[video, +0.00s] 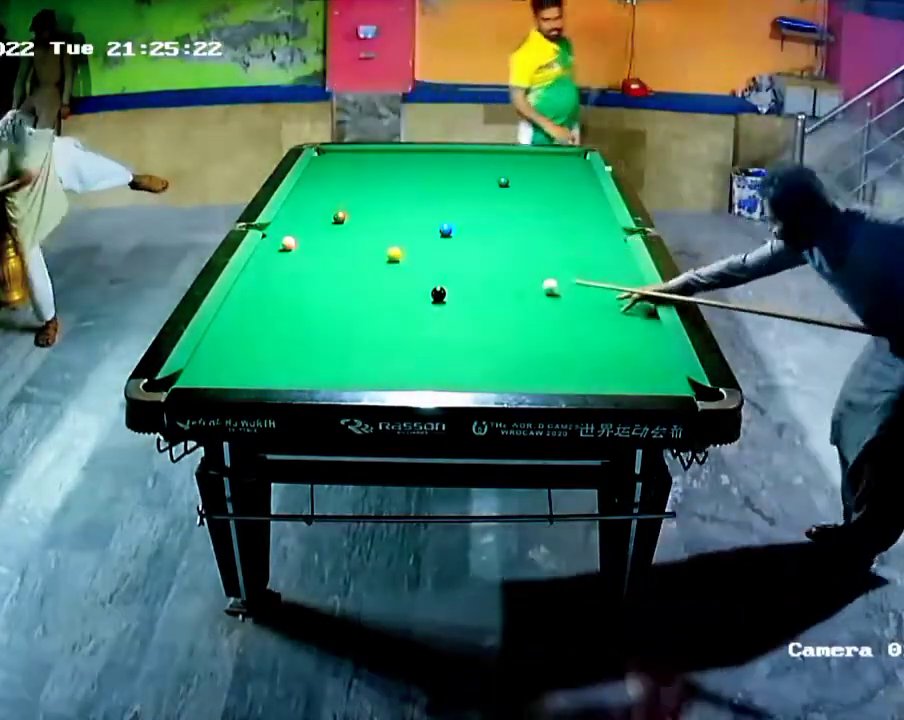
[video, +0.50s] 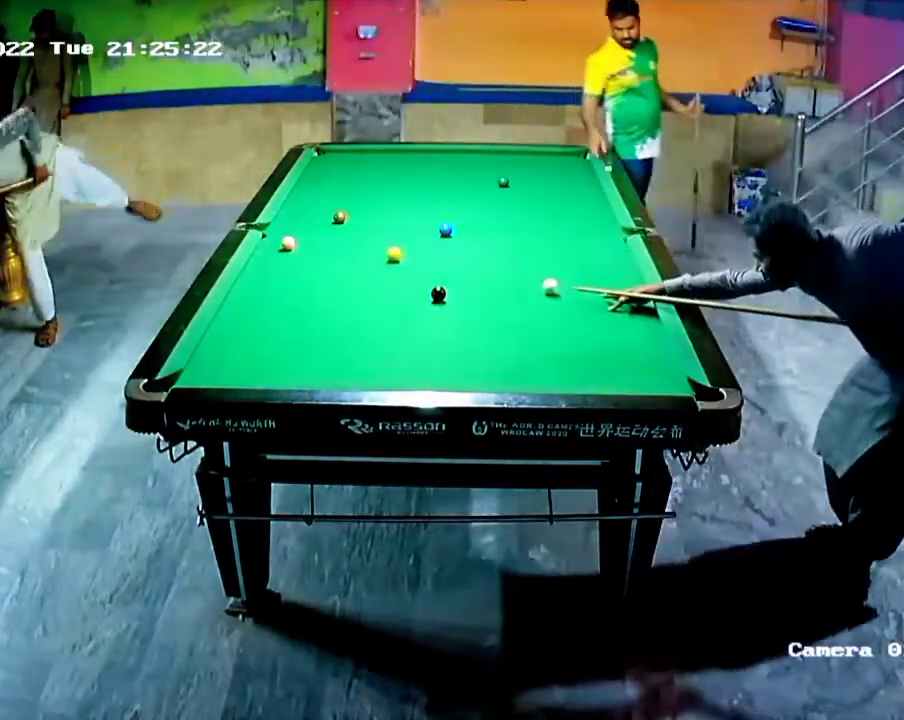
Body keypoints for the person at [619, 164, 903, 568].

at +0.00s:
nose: (773, 230)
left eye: (777, 220)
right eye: (771, 221)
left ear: (805, 212)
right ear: (800, 214)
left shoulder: (876, 244)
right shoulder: (809, 242)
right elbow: (742, 267)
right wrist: (667, 288)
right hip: (886, 343)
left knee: (875, 448)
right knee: (845, 425)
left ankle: (863, 549)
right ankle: (855, 527)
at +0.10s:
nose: (771, 237)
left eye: (775, 227)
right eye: (769, 228)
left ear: (802, 219)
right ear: (797, 219)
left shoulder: (879, 242)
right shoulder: (809, 245)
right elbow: (740, 268)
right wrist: (662, 289)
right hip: (884, 347)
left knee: (871, 453)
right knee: (843, 429)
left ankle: (864, 546)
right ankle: (853, 529)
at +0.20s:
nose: (769, 249)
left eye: (774, 240)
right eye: (767, 240)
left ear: (800, 230)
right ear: (791, 229)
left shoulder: (876, 240)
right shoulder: (803, 253)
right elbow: (736, 275)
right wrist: (661, 287)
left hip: (903, 364)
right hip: (884, 354)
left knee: (869, 460)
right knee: (839, 435)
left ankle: (865, 548)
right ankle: (852, 533)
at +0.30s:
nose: (771, 255)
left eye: (776, 246)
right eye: (768, 247)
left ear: (799, 235)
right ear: (780, 238)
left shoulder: (873, 240)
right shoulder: (803, 253)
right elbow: (735, 277)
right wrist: (659, 288)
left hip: (902, 365)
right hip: (881, 354)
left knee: (870, 458)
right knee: (837, 435)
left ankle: (864, 547)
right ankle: (849, 529)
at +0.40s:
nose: (767, 261)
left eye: (772, 252)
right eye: (764, 252)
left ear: (799, 241)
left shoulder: (870, 245)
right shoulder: (803, 263)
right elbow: (732, 281)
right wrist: (658, 288)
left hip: (902, 369)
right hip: (883, 360)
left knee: (871, 468)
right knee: (834, 446)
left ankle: (863, 557)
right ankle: (855, 536)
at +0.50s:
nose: (764, 265)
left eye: (770, 256)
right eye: (762, 256)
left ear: (796, 246)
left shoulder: (869, 249)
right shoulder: (803, 267)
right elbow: (731, 283)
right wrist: (655, 289)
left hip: (901, 375)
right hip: (884, 364)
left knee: (868, 473)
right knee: (833, 449)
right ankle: (861, 537)